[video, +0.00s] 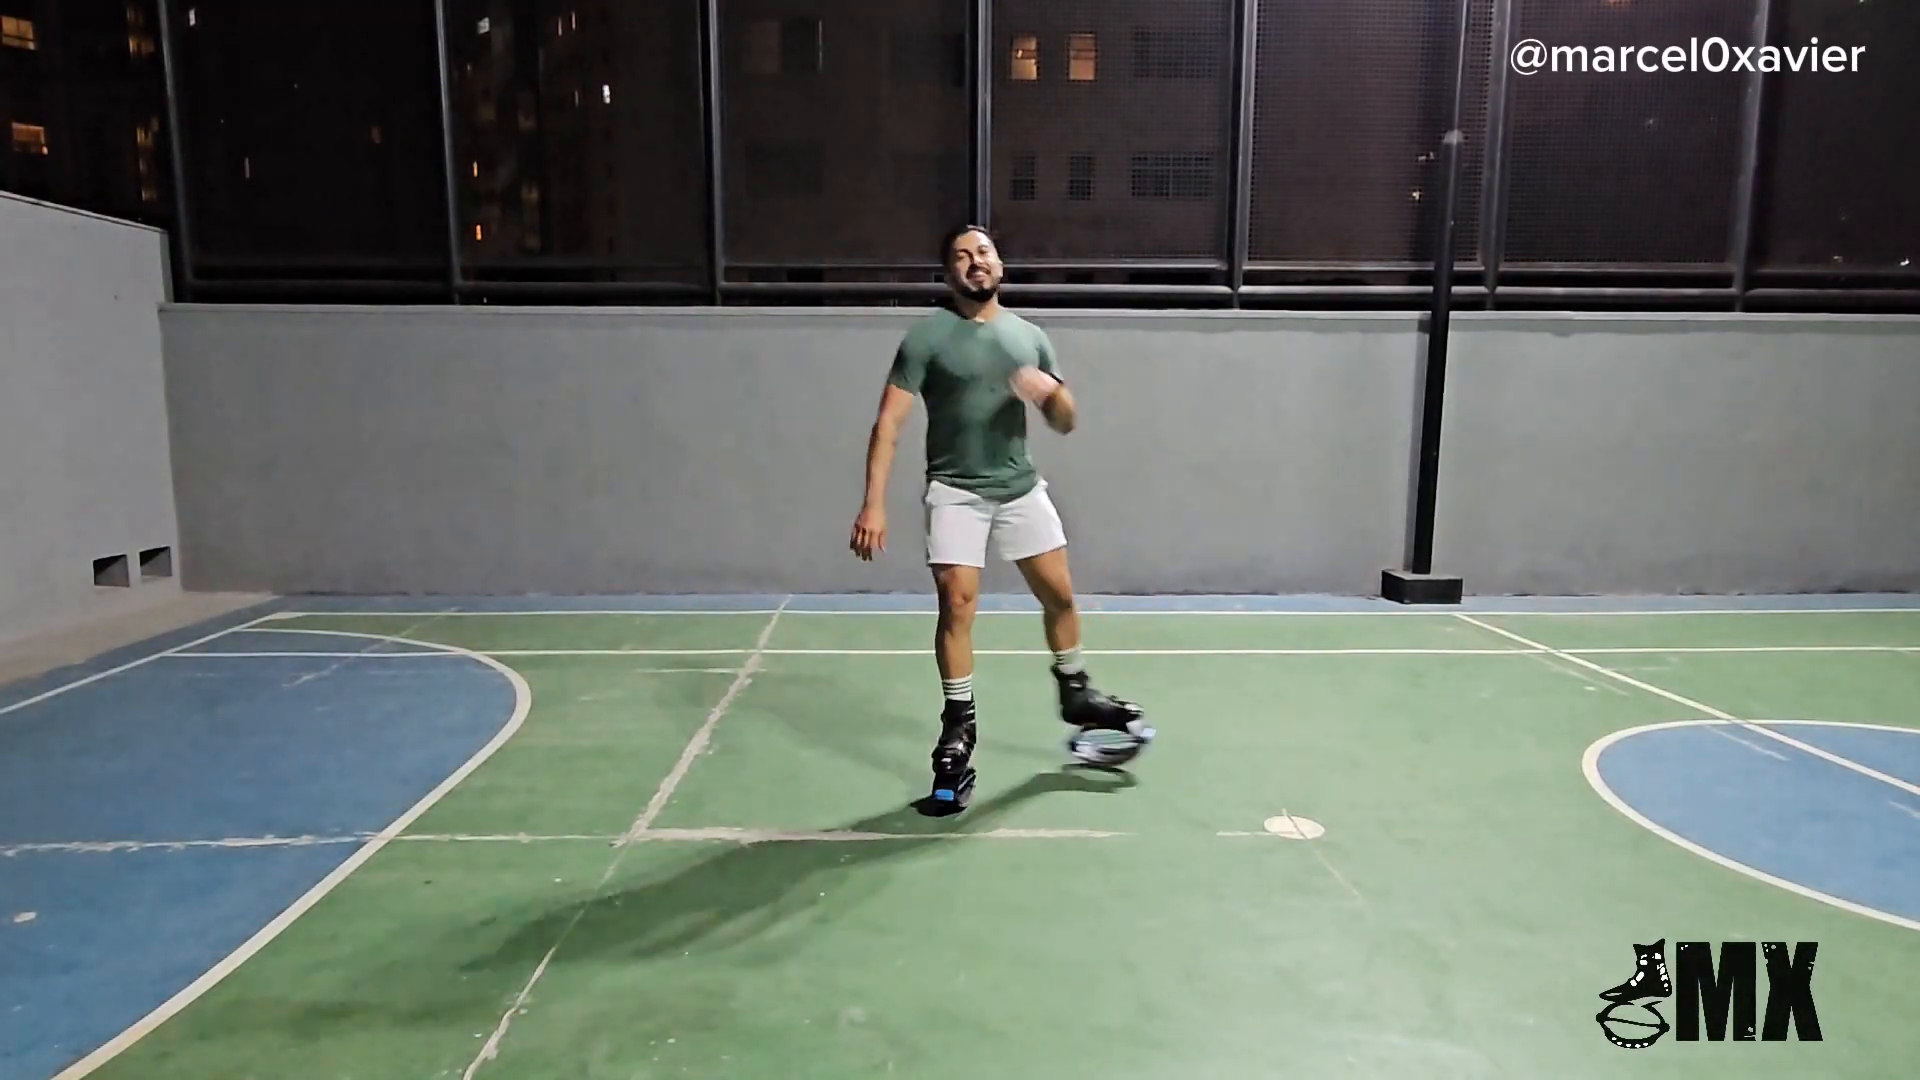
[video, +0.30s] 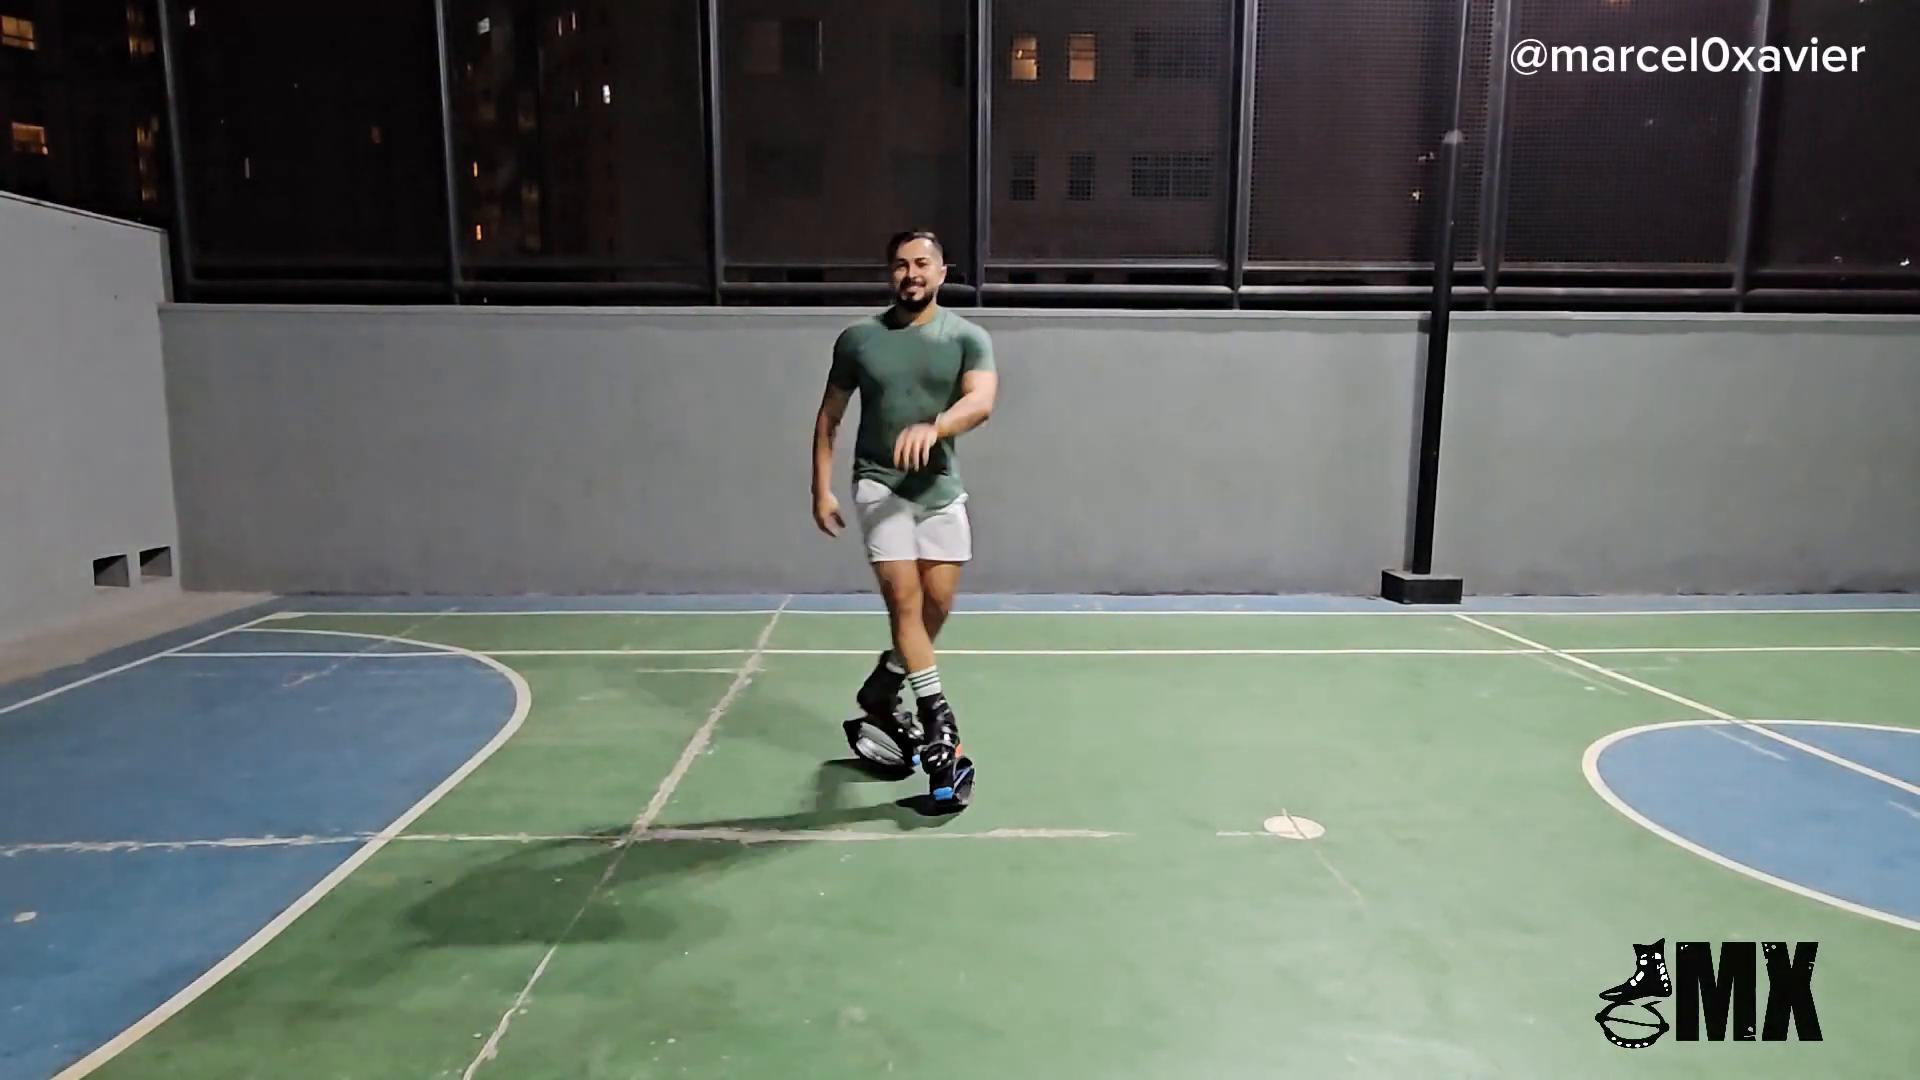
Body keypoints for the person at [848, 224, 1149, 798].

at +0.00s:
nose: (977, 261)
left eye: (984, 252)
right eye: (964, 256)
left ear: (1001, 267)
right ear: (948, 275)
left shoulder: (1029, 336)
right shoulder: (926, 337)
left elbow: (1065, 422)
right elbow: (887, 426)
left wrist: (1052, 393)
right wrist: (873, 507)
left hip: (1020, 487)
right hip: (955, 490)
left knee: (1060, 594)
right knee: (956, 602)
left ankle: (1077, 694)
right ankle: (958, 726)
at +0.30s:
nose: (911, 273)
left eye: (922, 263)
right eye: (902, 264)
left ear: (943, 272)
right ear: (890, 274)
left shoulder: (969, 338)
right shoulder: (858, 341)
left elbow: (981, 401)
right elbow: (828, 418)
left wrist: (933, 427)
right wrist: (822, 489)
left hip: (941, 487)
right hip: (881, 487)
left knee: (938, 603)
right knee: (903, 599)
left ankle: (880, 691)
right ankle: (939, 726)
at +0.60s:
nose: (843, 255)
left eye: (855, 247)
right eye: (834, 245)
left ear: (873, 262)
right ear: (820, 257)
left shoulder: (897, 329)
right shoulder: (787, 325)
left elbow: (935, 408)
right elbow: (751, 393)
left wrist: (966, 478)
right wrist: (722, 462)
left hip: (872, 477)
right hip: (805, 470)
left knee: (879, 589)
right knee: (769, 570)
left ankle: (869, 695)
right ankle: (773, 694)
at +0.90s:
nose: (802, 282)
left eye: (806, 273)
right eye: (792, 271)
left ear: (807, 280)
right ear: (758, 274)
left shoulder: (818, 344)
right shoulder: (706, 336)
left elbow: (881, 402)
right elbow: (644, 393)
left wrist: (936, 432)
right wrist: (587, 405)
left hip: (793, 487)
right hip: (725, 490)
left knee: (830, 593)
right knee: (710, 598)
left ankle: (853, 699)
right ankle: (694, 720)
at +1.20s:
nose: (782, 285)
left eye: (788, 276)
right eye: (772, 273)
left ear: (790, 281)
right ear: (738, 274)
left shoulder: (798, 348)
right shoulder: (690, 328)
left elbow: (786, 429)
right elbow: (658, 401)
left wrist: (751, 418)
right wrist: (708, 419)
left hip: (764, 483)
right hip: (699, 483)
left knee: (756, 596)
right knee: (684, 599)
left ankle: (737, 716)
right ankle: (688, 715)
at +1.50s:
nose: (778, 249)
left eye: (790, 243)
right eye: (769, 242)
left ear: (810, 262)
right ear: (754, 258)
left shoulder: (831, 330)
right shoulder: (713, 317)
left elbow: (856, 400)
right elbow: (667, 382)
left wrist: (820, 341)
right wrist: (657, 457)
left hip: (792, 473)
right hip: (723, 477)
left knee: (823, 565)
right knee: (703, 590)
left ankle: (815, 693)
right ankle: (689, 711)